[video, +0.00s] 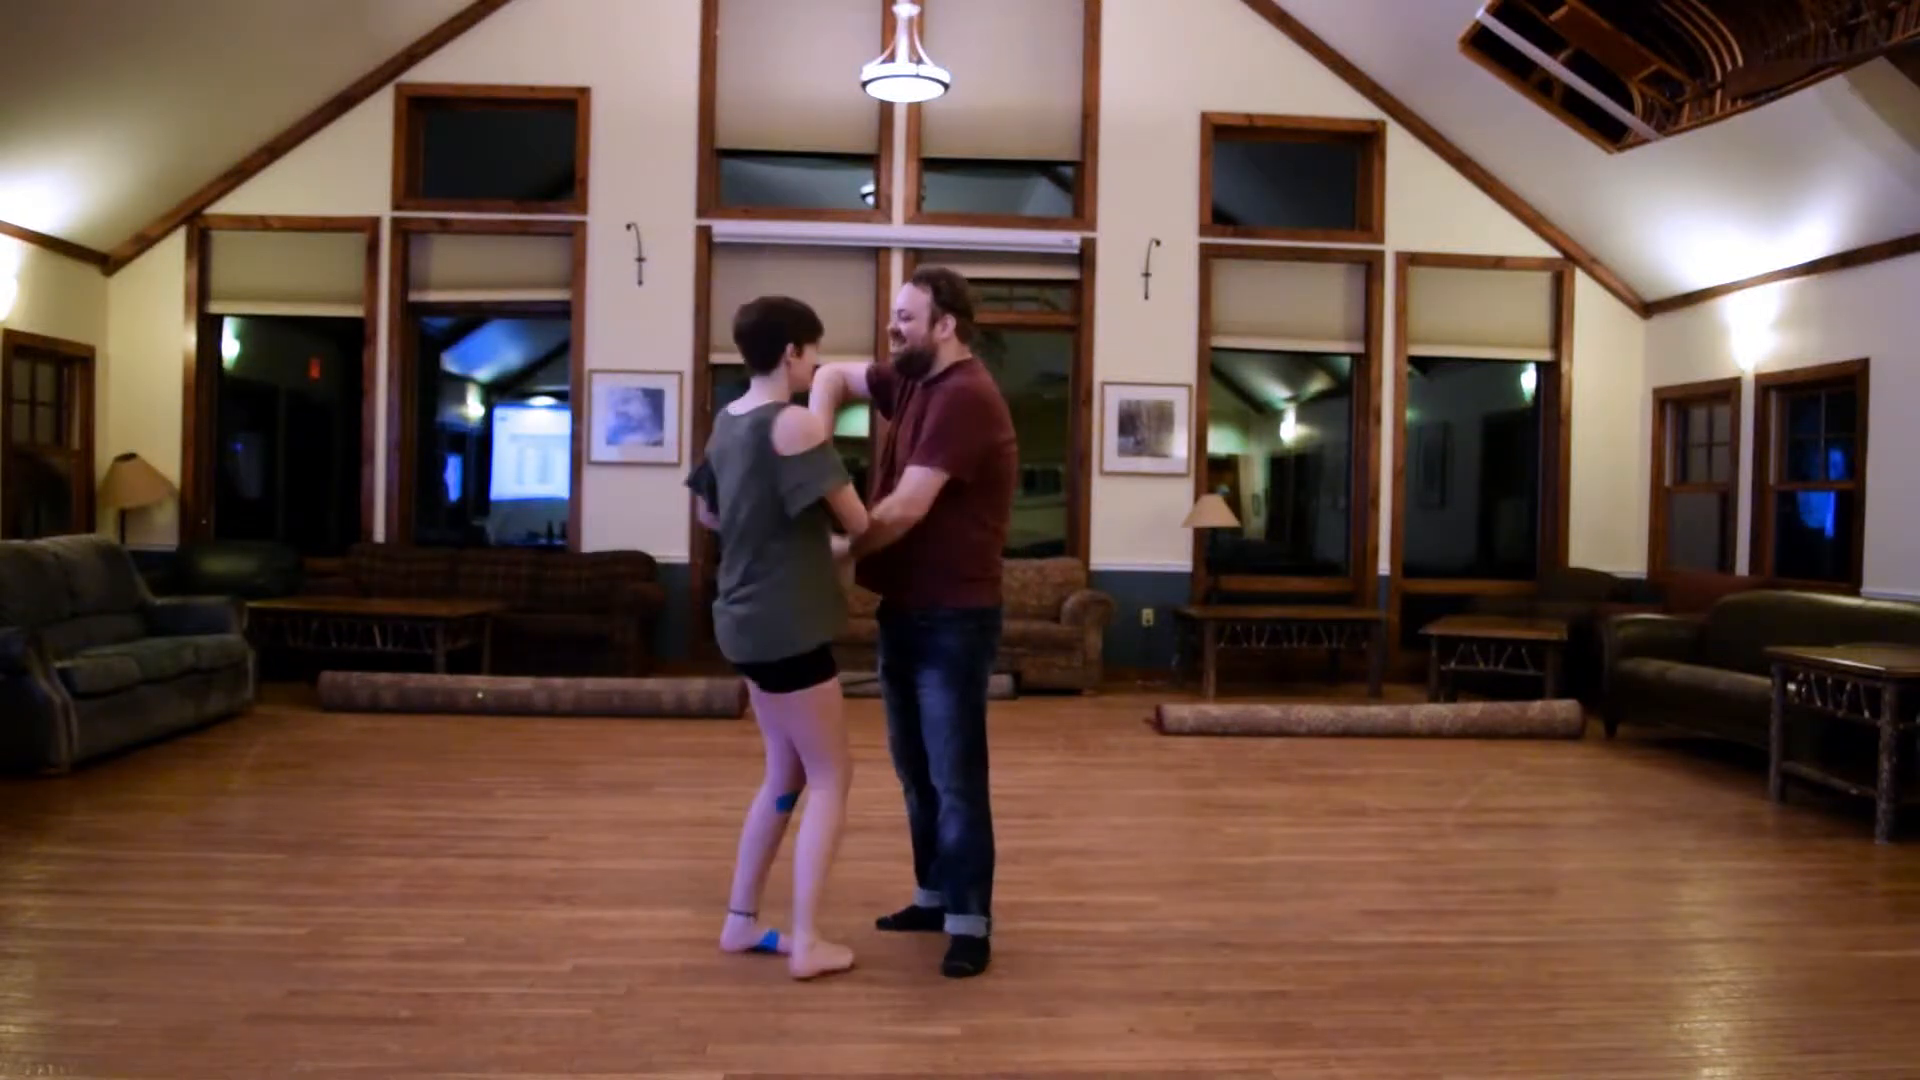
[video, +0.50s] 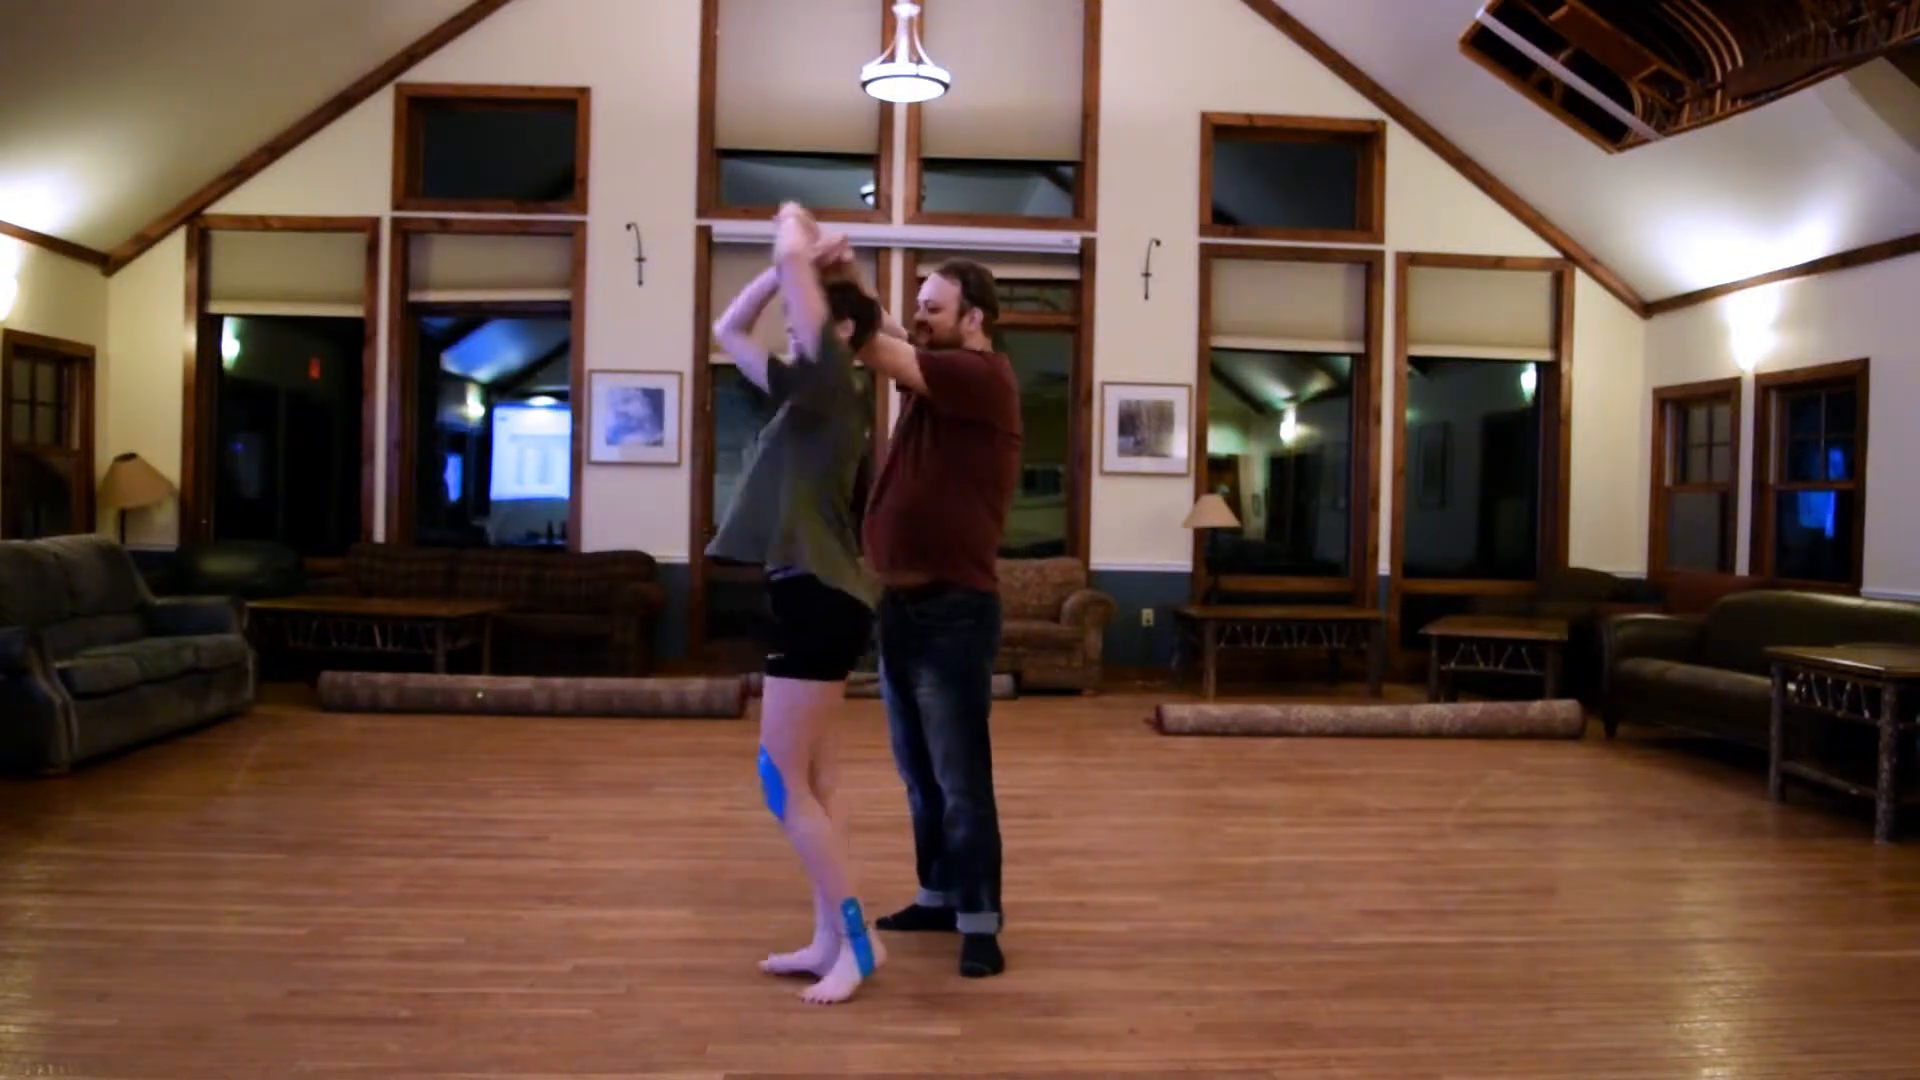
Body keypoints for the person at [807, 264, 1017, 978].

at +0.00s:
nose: (894, 329)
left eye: (906, 318)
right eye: (894, 318)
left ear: (946, 325)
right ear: (911, 325)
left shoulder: (964, 394)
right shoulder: (906, 379)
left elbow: (907, 506)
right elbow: (831, 374)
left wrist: (850, 542)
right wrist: (814, 437)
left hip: (956, 610)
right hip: (905, 604)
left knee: (954, 770)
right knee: (914, 763)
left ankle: (971, 919)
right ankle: (934, 896)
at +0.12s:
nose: (901, 331)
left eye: (913, 320)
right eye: (901, 320)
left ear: (955, 326)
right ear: (919, 325)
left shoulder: (965, 391)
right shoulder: (919, 374)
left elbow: (876, 483)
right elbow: (841, 365)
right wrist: (799, 388)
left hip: (952, 610)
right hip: (907, 604)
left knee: (952, 770)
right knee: (916, 765)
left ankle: (977, 921)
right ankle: (936, 897)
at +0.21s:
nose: (907, 327)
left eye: (920, 317)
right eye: (907, 316)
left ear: (961, 323)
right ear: (928, 322)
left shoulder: (971, 388)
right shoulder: (926, 370)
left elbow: (869, 454)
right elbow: (845, 353)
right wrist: (773, 364)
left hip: (951, 608)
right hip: (905, 603)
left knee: (954, 772)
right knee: (916, 765)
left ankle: (979, 926)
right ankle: (940, 901)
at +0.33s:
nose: (913, 321)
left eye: (927, 312)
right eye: (914, 311)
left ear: (968, 322)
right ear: (944, 321)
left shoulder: (977, 380)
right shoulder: (940, 368)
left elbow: (864, 399)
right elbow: (868, 336)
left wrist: (790, 352)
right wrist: (793, 303)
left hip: (953, 604)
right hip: (907, 599)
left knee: (956, 771)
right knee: (918, 765)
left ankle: (980, 921)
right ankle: (938, 898)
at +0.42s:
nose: (915, 317)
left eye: (930, 307)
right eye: (915, 307)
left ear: (971, 318)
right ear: (920, 319)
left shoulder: (984, 376)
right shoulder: (933, 372)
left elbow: (880, 365)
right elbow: (871, 345)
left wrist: (816, 311)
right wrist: (815, 288)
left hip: (955, 602)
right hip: (904, 599)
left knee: (958, 770)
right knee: (919, 767)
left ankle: (980, 921)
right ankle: (940, 899)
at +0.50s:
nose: (916, 315)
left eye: (931, 305)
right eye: (917, 305)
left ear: (972, 315)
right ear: (931, 315)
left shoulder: (987, 375)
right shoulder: (936, 375)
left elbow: (887, 354)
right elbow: (870, 346)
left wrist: (841, 284)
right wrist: (834, 281)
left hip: (955, 602)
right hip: (904, 599)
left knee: (959, 771)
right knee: (919, 767)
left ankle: (981, 921)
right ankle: (941, 899)